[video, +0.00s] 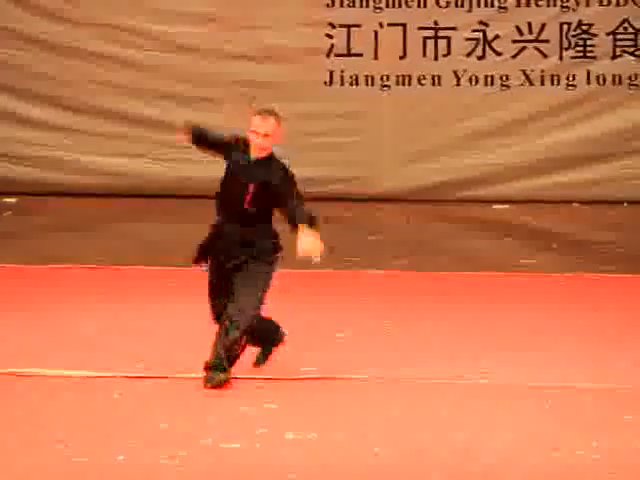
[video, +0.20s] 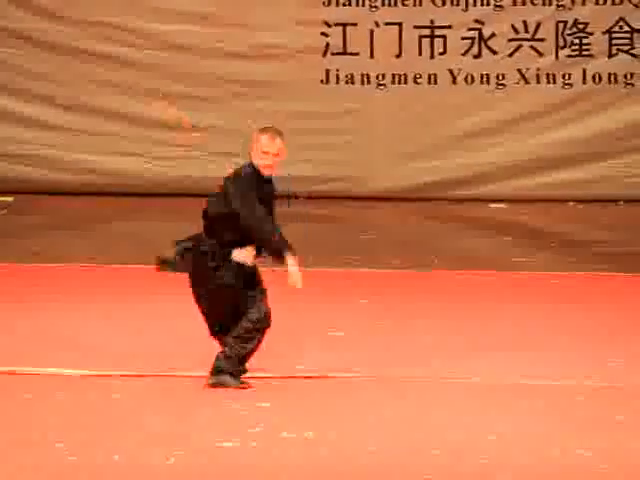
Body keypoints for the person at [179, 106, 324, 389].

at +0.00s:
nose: (258, 140)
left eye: (265, 135)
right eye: (255, 133)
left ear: (276, 137)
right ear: (248, 131)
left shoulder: (278, 173)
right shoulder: (236, 151)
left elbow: (294, 204)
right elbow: (214, 144)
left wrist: (305, 229)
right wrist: (194, 135)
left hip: (257, 250)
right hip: (225, 244)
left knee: (241, 310)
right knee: (222, 310)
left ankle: (219, 366)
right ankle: (268, 334)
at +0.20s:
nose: (269, 161)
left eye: (275, 155)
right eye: (263, 153)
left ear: (282, 155)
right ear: (252, 152)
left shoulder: (265, 185)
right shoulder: (241, 181)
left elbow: (267, 224)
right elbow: (253, 220)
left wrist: (255, 249)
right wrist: (285, 252)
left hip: (237, 260)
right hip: (214, 259)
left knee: (257, 314)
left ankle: (227, 368)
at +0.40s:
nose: (265, 164)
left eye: (269, 159)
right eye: (260, 157)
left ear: (273, 157)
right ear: (244, 152)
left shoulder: (246, 178)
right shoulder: (243, 184)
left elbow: (271, 197)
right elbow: (278, 214)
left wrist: (288, 218)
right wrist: (293, 206)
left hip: (226, 261)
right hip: (211, 262)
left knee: (254, 320)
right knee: (229, 332)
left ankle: (224, 373)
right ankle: (167, 345)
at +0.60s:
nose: (266, 195)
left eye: (269, 189)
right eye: (262, 188)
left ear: (270, 191)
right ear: (248, 187)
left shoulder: (253, 217)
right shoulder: (232, 210)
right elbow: (236, 189)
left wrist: (274, 163)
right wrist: (257, 160)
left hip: (233, 278)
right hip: (210, 277)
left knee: (249, 314)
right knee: (222, 324)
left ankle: (232, 365)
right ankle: (216, 401)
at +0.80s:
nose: (260, 223)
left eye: (267, 218)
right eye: (255, 216)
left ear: (274, 215)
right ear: (243, 208)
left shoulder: (261, 236)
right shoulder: (232, 229)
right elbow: (226, 248)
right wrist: (217, 261)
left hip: (231, 300)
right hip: (211, 302)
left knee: (261, 321)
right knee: (245, 341)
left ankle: (242, 383)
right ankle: (219, 411)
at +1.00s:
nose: (287, 209)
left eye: (290, 203)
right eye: (284, 202)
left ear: (291, 200)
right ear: (270, 197)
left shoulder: (274, 218)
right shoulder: (254, 216)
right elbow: (223, 257)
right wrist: (237, 246)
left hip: (240, 287)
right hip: (225, 289)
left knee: (271, 314)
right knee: (254, 346)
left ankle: (263, 379)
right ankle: (231, 411)